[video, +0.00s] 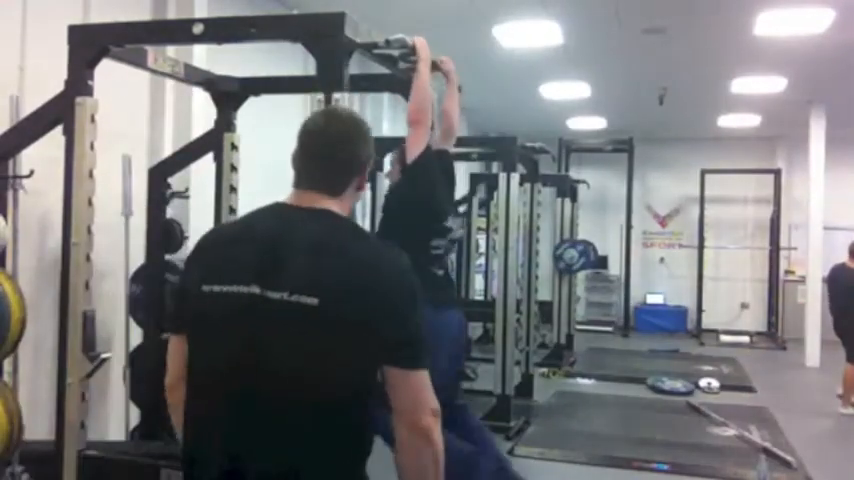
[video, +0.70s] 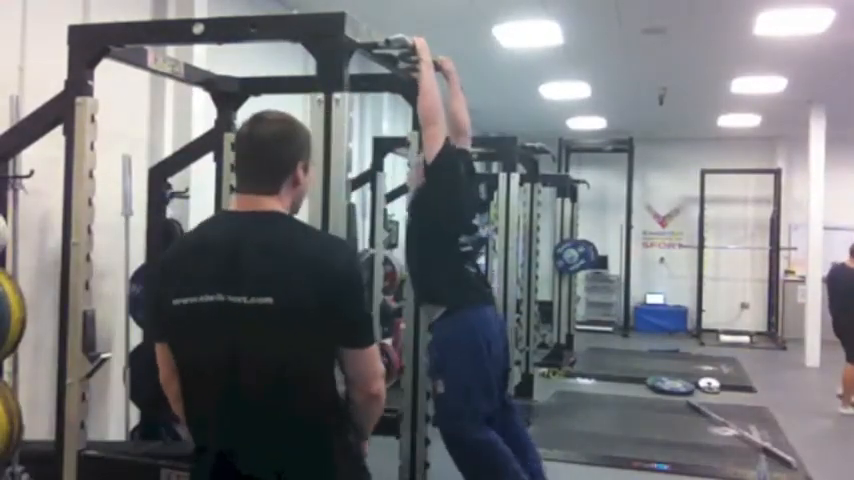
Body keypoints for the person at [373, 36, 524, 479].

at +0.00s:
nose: (395, 157)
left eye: (399, 153)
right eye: (398, 153)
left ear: (412, 155)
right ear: (431, 151)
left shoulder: (416, 179)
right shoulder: (441, 177)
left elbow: (418, 120)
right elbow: (448, 130)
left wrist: (422, 61)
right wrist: (450, 77)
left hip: (419, 311)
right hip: (448, 309)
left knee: (391, 415)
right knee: (449, 405)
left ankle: (476, 468)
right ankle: (500, 470)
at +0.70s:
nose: (412, 168)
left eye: (415, 161)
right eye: (414, 163)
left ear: (430, 162)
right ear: (449, 158)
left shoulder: (440, 184)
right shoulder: (466, 182)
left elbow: (431, 122)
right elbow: (460, 130)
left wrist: (424, 63)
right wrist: (450, 75)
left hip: (458, 321)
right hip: (486, 314)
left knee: (462, 426)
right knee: (499, 414)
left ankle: (513, 477)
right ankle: (533, 474)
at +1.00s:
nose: (456, 127)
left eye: (463, 128)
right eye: (461, 127)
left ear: (470, 144)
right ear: (482, 153)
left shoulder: (450, 162)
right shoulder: (476, 178)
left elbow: (422, 116)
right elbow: (460, 127)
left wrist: (422, 62)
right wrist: (451, 78)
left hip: (419, 285)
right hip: (448, 283)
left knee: (425, 381)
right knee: (450, 370)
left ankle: (506, 444)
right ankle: (503, 436)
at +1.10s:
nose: (461, 120)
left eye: (465, 118)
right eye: (463, 118)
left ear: (473, 130)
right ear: (486, 139)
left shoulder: (450, 151)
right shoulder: (477, 170)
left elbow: (414, 116)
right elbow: (453, 129)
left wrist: (422, 62)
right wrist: (452, 82)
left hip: (414, 260)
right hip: (434, 259)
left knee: (412, 342)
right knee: (416, 338)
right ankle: (466, 397)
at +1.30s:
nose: (459, 97)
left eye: (463, 92)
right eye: (460, 91)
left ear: (474, 101)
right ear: (492, 109)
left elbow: (409, 111)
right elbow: (455, 120)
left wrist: (421, 57)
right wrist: (451, 81)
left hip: (390, 242)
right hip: (425, 247)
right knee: (432, 347)